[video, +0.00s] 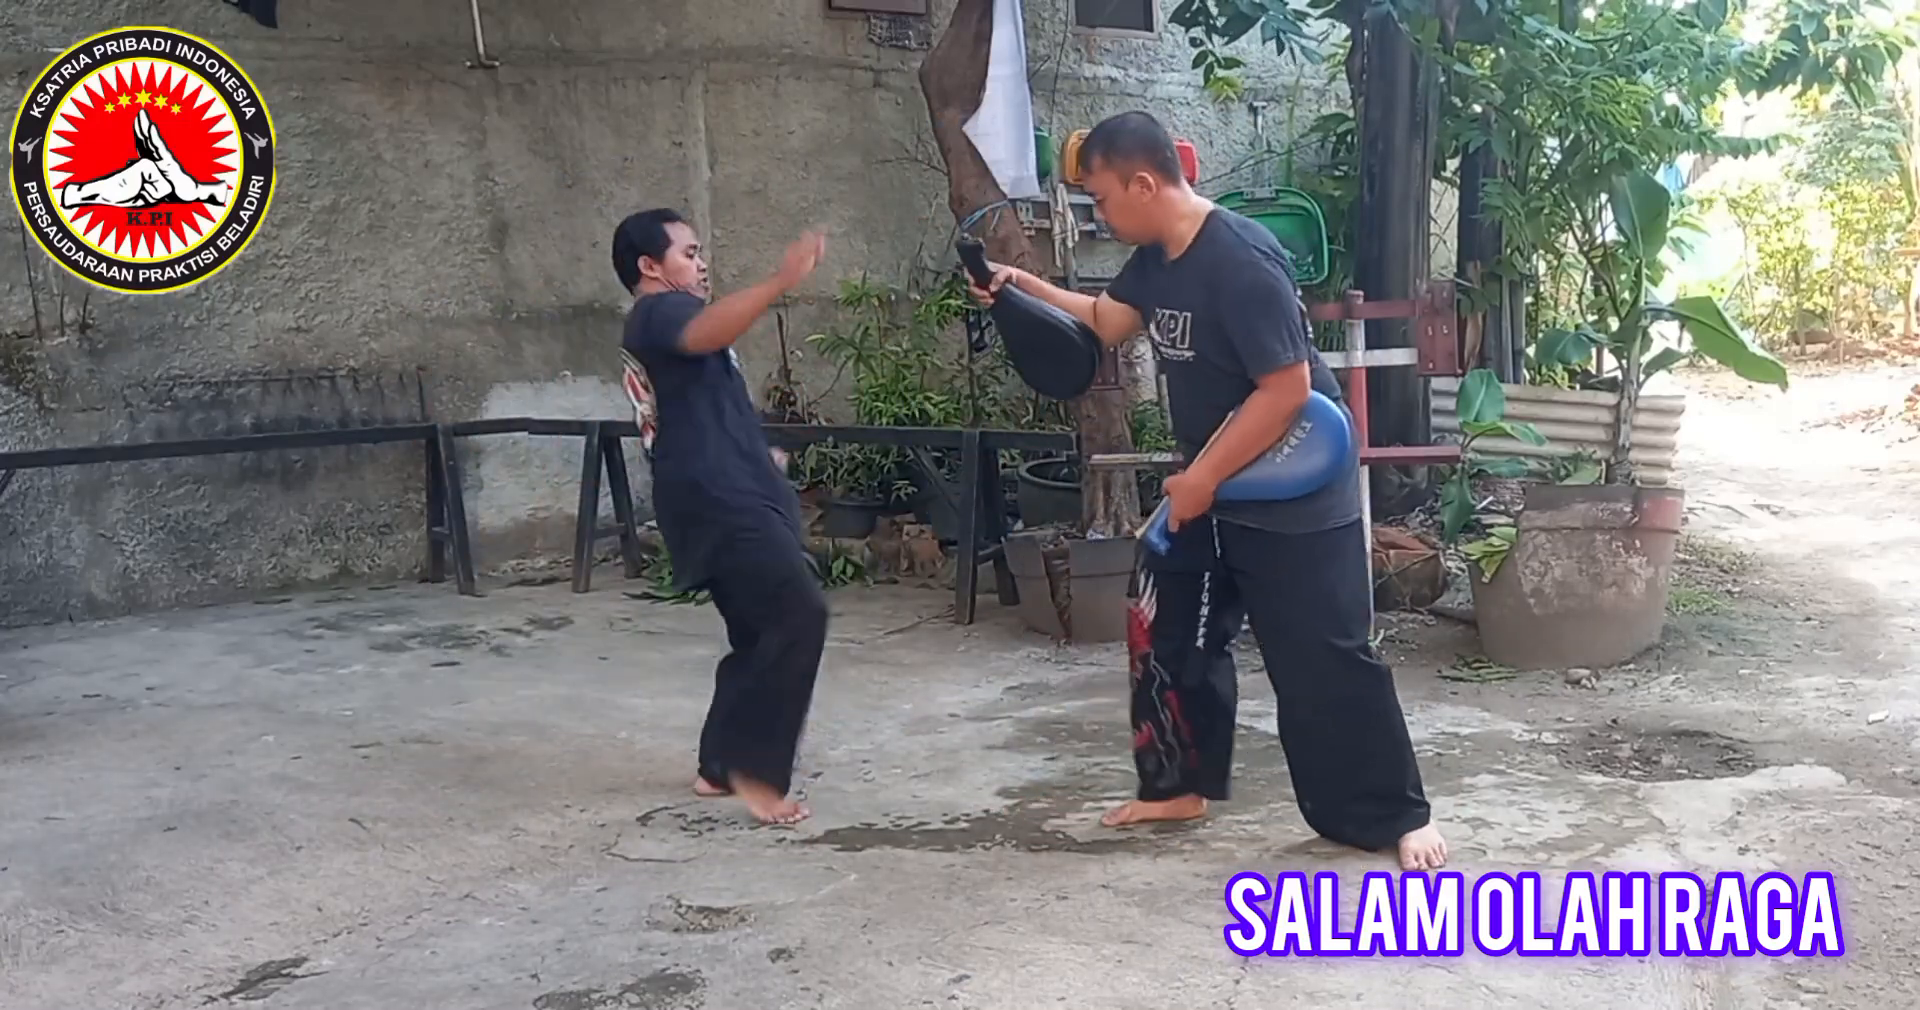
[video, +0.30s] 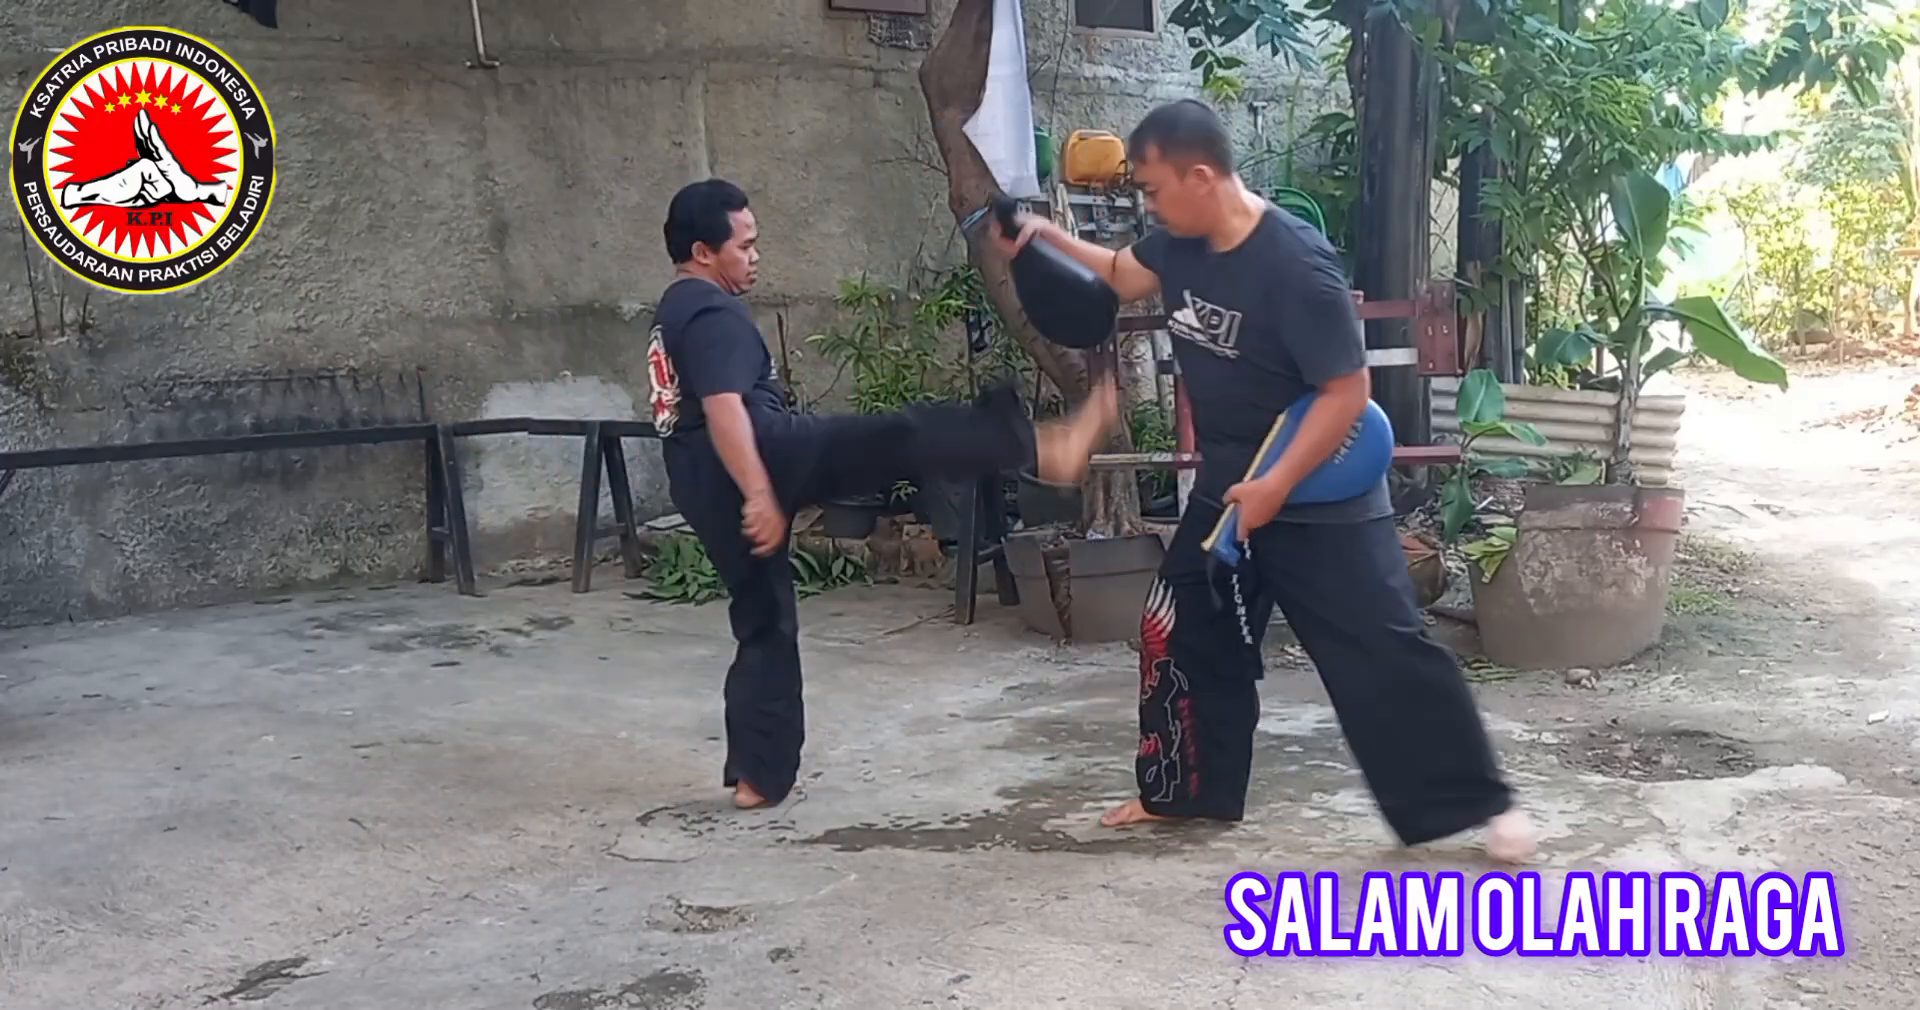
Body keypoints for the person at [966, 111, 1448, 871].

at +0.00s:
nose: (1099, 214)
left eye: (1102, 196)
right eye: (1095, 200)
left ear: (1150, 182)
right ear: (1148, 186)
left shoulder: (1243, 261)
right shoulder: (1156, 255)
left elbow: (1287, 386)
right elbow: (1107, 320)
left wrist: (1202, 475)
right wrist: (1021, 286)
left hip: (1298, 500)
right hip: (1213, 496)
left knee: (1330, 654)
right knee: (1182, 634)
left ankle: (1405, 818)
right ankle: (1182, 786)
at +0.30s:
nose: (1146, 202)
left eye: (1151, 186)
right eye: (1142, 188)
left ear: (1201, 174)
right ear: (1195, 176)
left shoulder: (1297, 261)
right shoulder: (1178, 240)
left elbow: (1348, 391)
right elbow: (1124, 275)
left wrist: (1277, 485)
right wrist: (1051, 238)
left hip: (1321, 484)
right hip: (1228, 482)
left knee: (1388, 643)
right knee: (1193, 634)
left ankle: (1490, 805)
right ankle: (1187, 791)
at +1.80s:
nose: (1278, 113)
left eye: (1284, 94)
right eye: (1279, 96)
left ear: (1324, 89)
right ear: (1336, 90)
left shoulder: (1378, 187)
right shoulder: (1360, 186)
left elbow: (1368, 330)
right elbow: (1349, 330)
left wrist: (1246, 369)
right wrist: (1255, 370)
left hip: (1393, 453)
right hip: (1357, 450)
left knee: (1391, 635)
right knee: (1359, 632)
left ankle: (1520, 808)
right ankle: (1365, 803)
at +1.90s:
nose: (1258, 112)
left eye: (1265, 93)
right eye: (1259, 95)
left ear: (1305, 91)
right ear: (1322, 92)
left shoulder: (1347, 187)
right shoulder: (1353, 178)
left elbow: (1335, 325)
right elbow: (1338, 326)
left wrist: (1212, 379)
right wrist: (1232, 385)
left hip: (1364, 446)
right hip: (1358, 441)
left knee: (1342, 627)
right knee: (1357, 622)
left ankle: (1417, 822)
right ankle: (1355, 801)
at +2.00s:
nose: (1241, 111)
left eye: (1247, 93)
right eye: (1243, 94)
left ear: (1288, 92)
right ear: (1307, 95)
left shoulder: (1322, 189)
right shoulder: (1350, 178)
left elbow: (1319, 331)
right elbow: (1341, 330)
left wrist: (1227, 421)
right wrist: (1245, 418)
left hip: (1335, 461)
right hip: (1375, 455)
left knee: (1305, 635)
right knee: (1369, 628)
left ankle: (1322, 836)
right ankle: (1373, 807)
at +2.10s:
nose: (1213, 107)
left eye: (1223, 91)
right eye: (1218, 90)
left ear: (1264, 100)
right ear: (1280, 102)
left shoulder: (1290, 198)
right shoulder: (1321, 187)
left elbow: (1290, 346)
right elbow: (1330, 337)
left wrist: (1257, 465)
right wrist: (1282, 451)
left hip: (1312, 463)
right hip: (1353, 458)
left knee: (1260, 636)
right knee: (1355, 637)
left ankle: (1219, 819)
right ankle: (1364, 805)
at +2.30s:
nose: (1152, 124)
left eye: (1161, 108)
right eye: (1156, 108)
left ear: (1200, 117)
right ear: (1216, 118)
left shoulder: (1229, 212)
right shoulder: (1266, 200)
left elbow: (1226, 363)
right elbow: (1267, 348)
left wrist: (1165, 481)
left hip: (1248, 482)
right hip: (1301, 473)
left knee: (1200, 657)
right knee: (1319, 644)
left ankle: (1161, 822)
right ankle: (1357, 802)